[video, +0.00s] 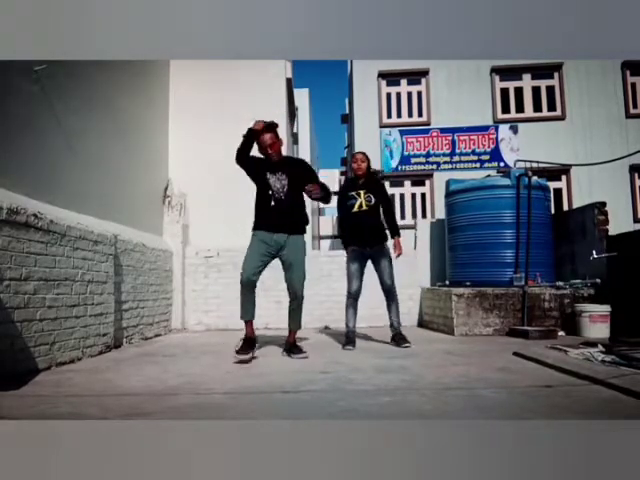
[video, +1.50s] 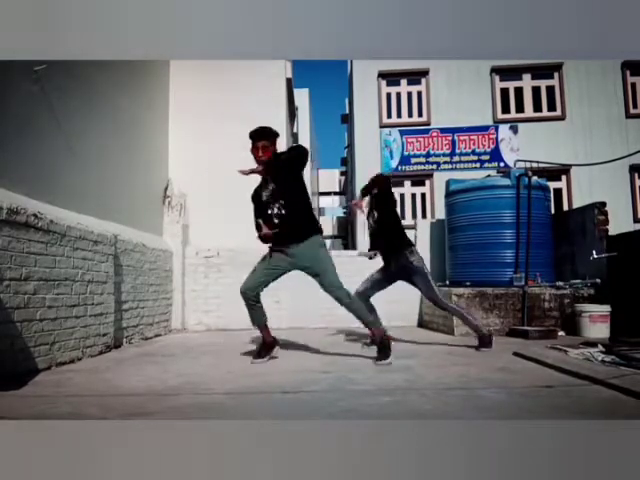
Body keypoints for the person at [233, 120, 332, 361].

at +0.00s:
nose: (270, 149)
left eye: (273, 143)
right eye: (265, 146)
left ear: (281, 142)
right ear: (260, 148)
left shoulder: (299, 166)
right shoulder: (259, 167)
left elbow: (326, 196)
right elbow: (241, 157)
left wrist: (320, 193)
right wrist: (251, 134)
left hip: (293, 237)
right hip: (264, 235)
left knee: (297, 290)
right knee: (247, 279)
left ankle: (292, 340)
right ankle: (249, 335)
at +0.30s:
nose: (264, 139)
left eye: (268, 134)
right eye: (259, 135)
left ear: (275, 135)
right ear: (253, 138)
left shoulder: (291, 164)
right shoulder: (249, 165)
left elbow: (308, 198)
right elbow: (219, 177)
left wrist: (305, 227)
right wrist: (224, 145)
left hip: (289, 234)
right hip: (259, 235)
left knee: (292, 289)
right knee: (248, 288)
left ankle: (291, 340)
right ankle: (245, 342)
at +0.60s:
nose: (265, 131)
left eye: (269, 126)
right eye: (260, 127)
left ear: (276, 129)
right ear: (254, 130)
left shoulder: (286, 162)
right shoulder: (239, 163)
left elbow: (295, 196)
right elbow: (219, 197)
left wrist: (295, 225)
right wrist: (231, 219)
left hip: (284, 232)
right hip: (253, 234)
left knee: (298, 282)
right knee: (245, 286)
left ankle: (300, 339)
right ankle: (244, 341)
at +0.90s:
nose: (269, 128)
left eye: (273, 124)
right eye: (264, 124)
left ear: (280, 127)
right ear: (257, 127)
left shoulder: (290, 159)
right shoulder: (243, 158)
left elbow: (307, 192)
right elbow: (216, 189)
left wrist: (308, 218)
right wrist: (225, 215)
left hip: (285, 230)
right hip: (253, 231)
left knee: (297, 283)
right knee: (246, 287)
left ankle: (302, 342)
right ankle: (244, 342)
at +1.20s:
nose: (267, 143)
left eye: (271, 139)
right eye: (262, 139)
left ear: (278, 141)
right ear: (255, 142)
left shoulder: (294, 170)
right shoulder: (249, 178)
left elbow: (321, 196)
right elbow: (235, 211)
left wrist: (344, 191)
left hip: (293, 245)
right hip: (260, 246)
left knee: (314, 295)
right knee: (240, 289)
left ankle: (309, 344)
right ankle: (250, 336)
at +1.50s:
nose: (261, 154)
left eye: (266, 148)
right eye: (257, 150)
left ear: (275, 148)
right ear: (252, 152)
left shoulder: (288, 165)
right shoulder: (259, 194)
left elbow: (301, 152)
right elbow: (260, 226)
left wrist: (265, 168)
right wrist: (264, 232)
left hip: (309, 246)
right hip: (280, 252)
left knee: (338, 292)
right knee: (248, 290)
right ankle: (267, 340)